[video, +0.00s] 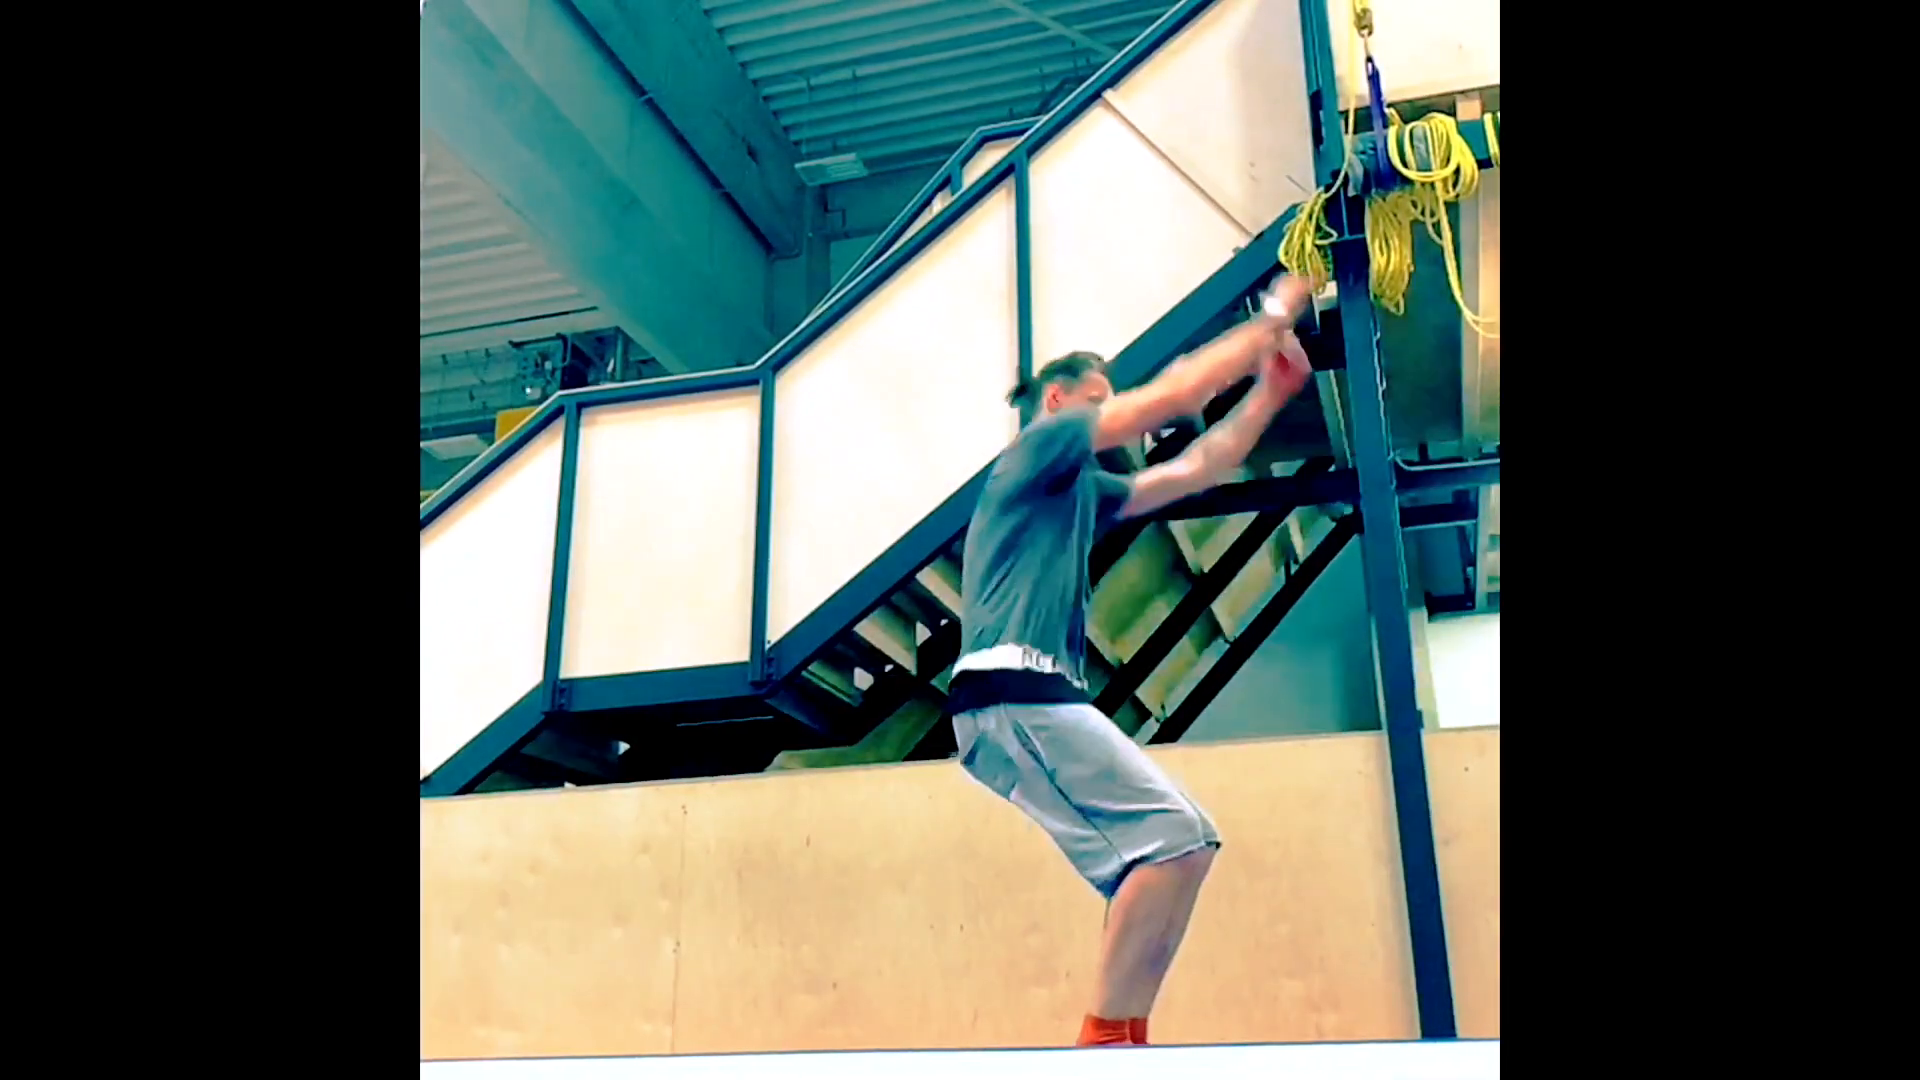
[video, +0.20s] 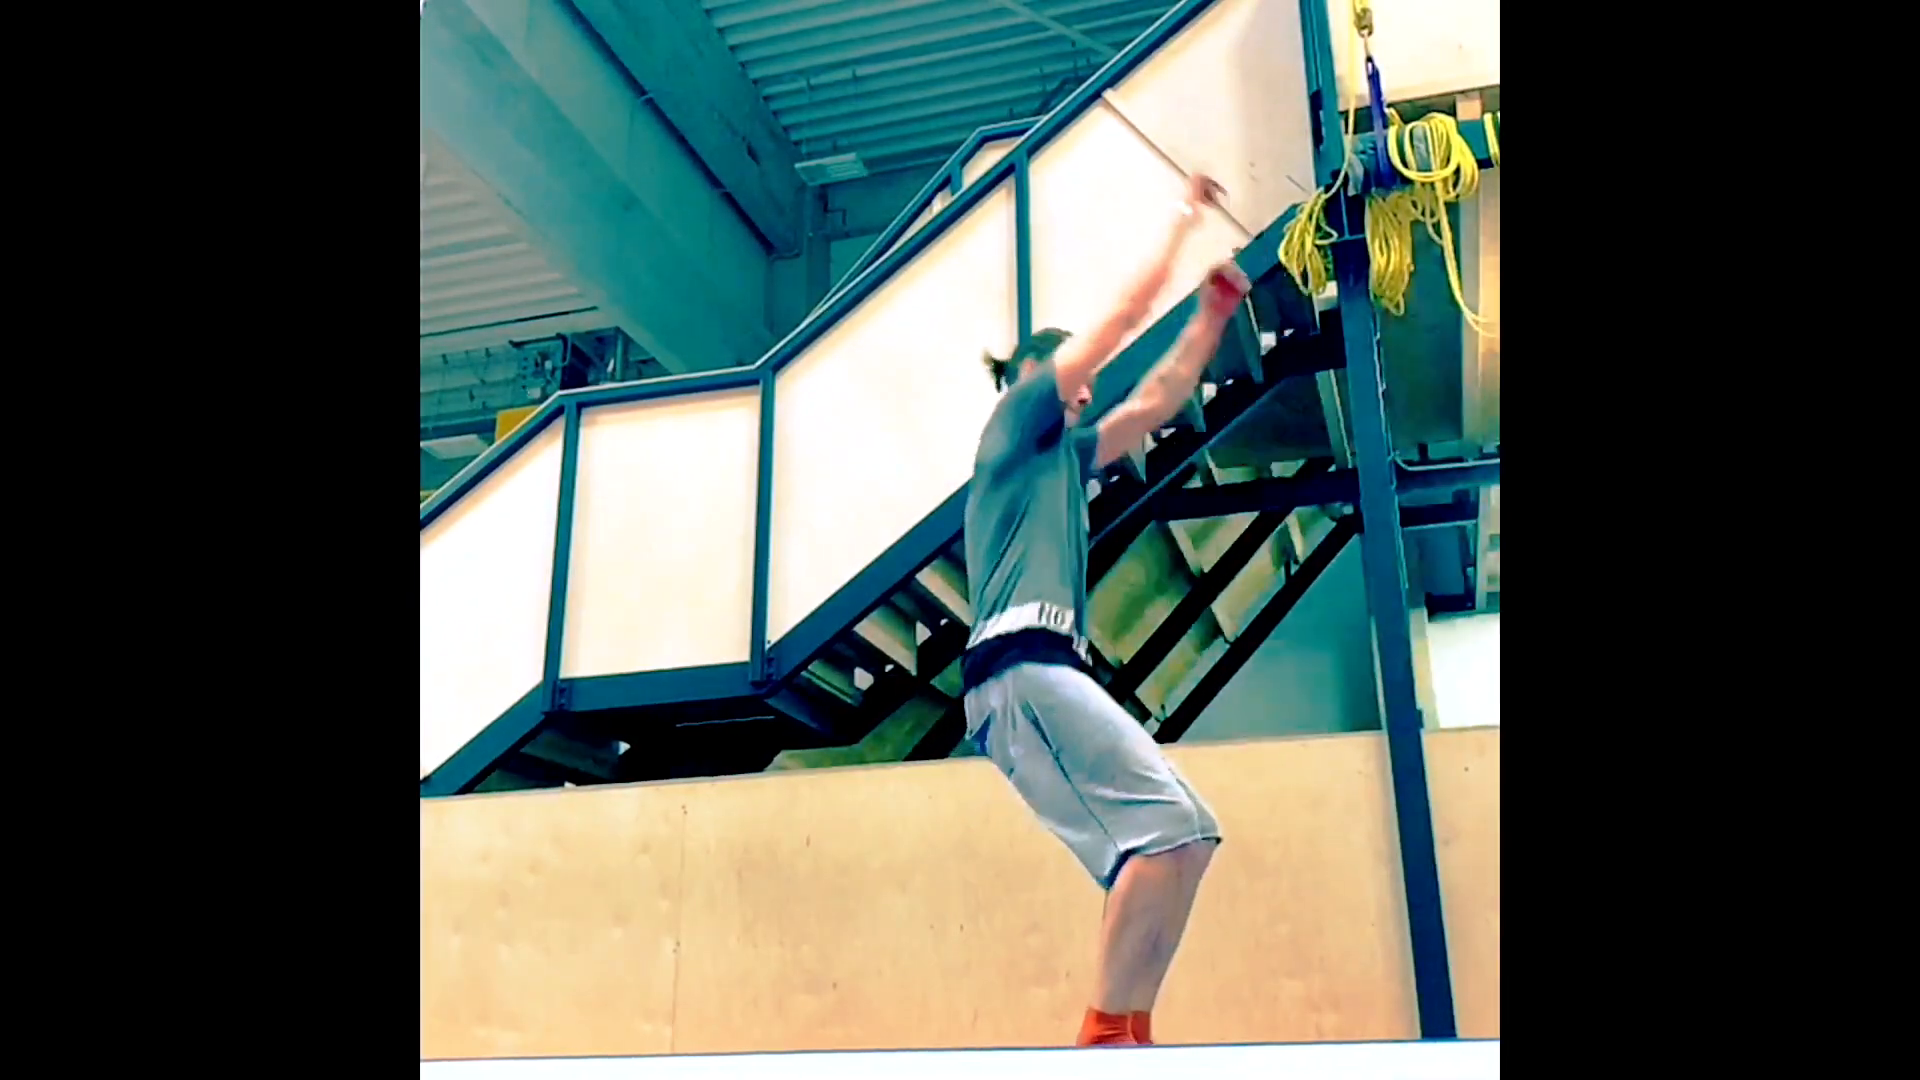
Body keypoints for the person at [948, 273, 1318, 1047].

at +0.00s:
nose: (1112, 409)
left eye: (1110, 399)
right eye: (1099, 396)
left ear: (1069, 402)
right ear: (1057, 394)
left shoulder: (1081, 489)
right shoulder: (1037, 445)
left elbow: (1201, 467)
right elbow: (1171, 395)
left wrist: (1270, 391)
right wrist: (1272, 317)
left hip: (1037, 702)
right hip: (1013, 699)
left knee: (1176, 848)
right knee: (1174, 841)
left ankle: (1118, 1042)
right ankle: (1108, 1041)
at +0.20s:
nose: (1081, 378)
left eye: (1079, 371)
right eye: (1068, 364)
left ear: (1060, 386)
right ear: (1034, 370)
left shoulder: (1066, 459)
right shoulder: (1015, 428)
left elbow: (1154, 403)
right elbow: (1121, 319)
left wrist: (1208, 318)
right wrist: (1183, 219)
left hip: (1051, 673)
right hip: (1021, 671)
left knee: (1188, 836)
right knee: (1167, 832)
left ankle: (1127, 1035)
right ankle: (1108, 1033)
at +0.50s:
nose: (1047, 342)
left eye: (1049, 334)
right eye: (1036, 328)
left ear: (1039, 355)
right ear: (1004, 336)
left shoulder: (1035, 417)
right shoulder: (985, 385)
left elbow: (1092, 351)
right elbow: (1031, 256)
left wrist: (1119, 272)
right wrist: (1044, 149)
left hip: (1076, 628)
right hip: (1044, 625)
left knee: (1190, 810)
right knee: (1155, 804)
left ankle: (1135, 1015)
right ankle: (1110, 1018)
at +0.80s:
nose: (1014, 324)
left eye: (1018, 316)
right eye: (998, 316)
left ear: (1018, 328)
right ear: (964, 322)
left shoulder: (1014, 392)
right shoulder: (953, 369)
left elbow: (1024, 344)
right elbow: (937, 226)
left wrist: (1031, 273)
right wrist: (905, 126)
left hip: (1112, 564)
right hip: (1070, 561)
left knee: (1190, 768)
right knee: (1137, 759)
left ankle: (1157, 966)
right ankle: (1126, 968)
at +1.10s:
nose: (991, 305)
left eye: (990, 298)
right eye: (973, 295)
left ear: (970, 315)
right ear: (928, 304)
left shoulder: (1000, 374)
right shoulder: (920, 343)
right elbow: (852, 231)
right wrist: (784, 151)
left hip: (1140, 511)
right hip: (1093, 500)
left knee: (1193, 716)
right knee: (1144, 698)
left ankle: (1176, 912)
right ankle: (1142, 912)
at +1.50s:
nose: (949, 293)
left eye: (947, 286)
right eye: (932, 287)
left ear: (937, 302)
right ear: (896, 306)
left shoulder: (973, 358)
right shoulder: (895, 347)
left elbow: (917, 411)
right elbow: (788, 263)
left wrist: (896, 410)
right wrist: (684, 214)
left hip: (1157, 443)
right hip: (1105, 437)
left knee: (1241, 626)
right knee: (1194, 602)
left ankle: (1189, 809)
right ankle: (1146, 800)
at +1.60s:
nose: (928, 292)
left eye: (924, 286)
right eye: (910, 289)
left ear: (915, 308)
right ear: (879, 310)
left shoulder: (948, 365)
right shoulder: (876, 348)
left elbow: (934, 429)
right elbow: (768, 276)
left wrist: (910, 445)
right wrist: (657, 237)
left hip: (1131, 412)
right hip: (1085, 408)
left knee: (1272, 561)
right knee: (1224, 533)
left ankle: (1217, 742)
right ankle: (1172, 721)